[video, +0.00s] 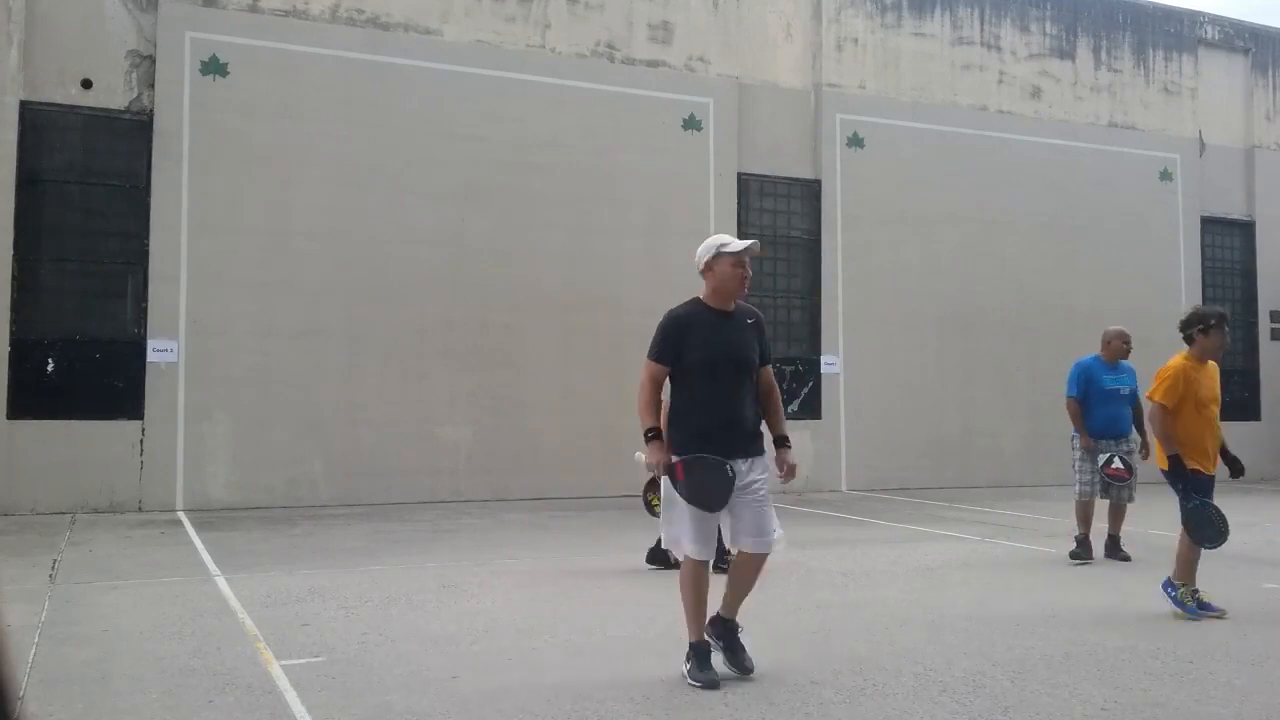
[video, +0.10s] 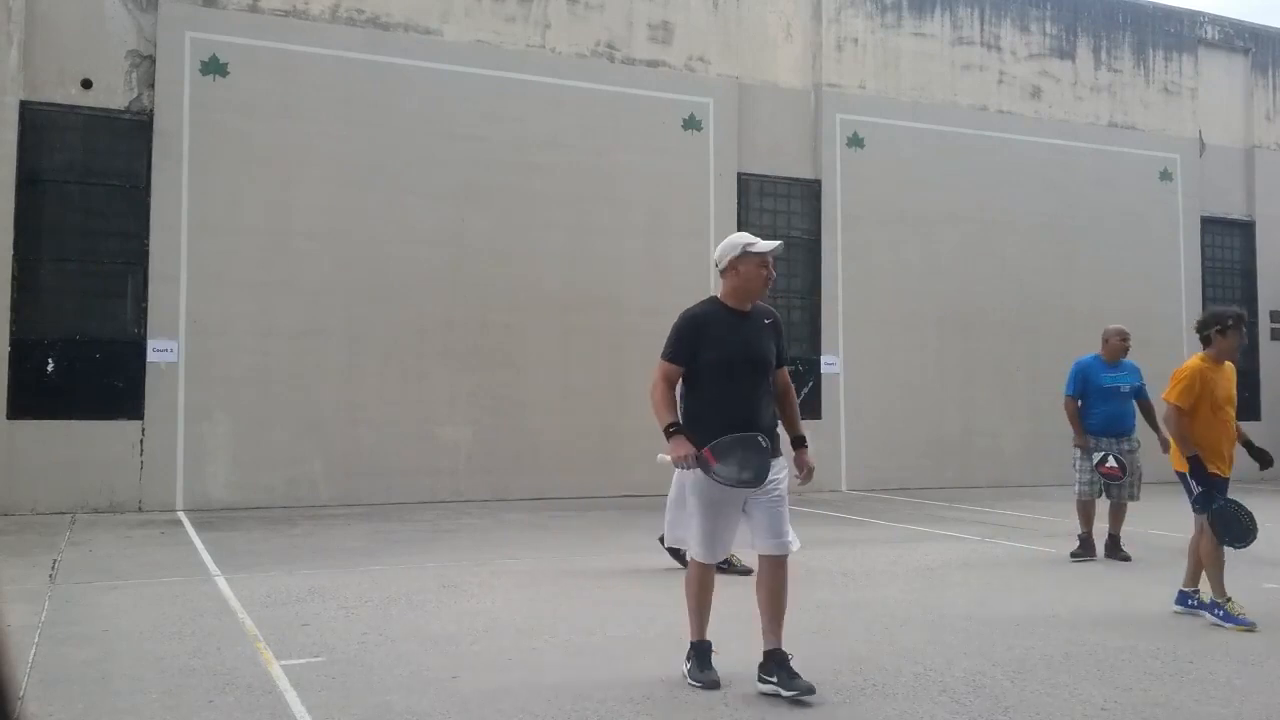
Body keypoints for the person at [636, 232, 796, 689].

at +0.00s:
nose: (747, 271)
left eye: (747, 264)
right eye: (737, 264)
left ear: (741, 273)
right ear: (709, 270)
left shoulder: (751, 321)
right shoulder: (678, 322)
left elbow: (766, 384)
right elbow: (650, 383)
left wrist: (781, 442)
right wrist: (653, 439)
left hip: (748, 458)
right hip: (692, 461)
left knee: (758, 542)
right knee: (695, 553)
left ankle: (724, 622)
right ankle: (697, 648)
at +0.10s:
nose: (771, 271)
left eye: (770, 264)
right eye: (761, 264)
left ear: (754, 273)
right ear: (732, 271)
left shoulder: (768, 322)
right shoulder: (695, 321)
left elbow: (781, 384)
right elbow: (662, 383)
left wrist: (798, 442)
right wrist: (673, 433)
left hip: (766, 459)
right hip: (708, 460)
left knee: (775, 551)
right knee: (703, 556)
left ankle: (774, 659)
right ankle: (698, 652)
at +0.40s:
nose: (852, 272)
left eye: (851, 264)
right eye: (844, 263)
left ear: (822, 266)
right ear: (815, 265)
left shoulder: (838, 323)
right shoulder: (763, 317)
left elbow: (846, 394)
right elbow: (722, 379)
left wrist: (862, 455)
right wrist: (724, 442)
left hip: (834, 473)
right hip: (774, 475)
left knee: (837, 572)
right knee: (763, 577)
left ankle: (819, 682)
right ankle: (734, 631)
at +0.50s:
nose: (882, 266)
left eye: (882, 257)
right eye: (875, 257)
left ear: (852, 258)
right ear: (844, 256)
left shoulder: (866, 314)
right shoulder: (789, 307)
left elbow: (880, 388)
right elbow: (746, 376)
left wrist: (905, 450)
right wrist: (738, 440)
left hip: (857, 468)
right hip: (803, 466)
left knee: (846, 574)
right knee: (816, 569)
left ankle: (823, 678)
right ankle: (795, 671)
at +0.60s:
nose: (905, 262)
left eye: (904, 253)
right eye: (897, 253)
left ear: (873, 255)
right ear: (864, 253)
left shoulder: (889, 313)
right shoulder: (809, 304)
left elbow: (908, 388)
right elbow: (763, 372)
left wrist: (939, 442)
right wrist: (750, 440)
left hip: (877, 467)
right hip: (826, 466)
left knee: (847, 575)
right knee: (848, 577)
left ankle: (819, 680)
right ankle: (863, 704)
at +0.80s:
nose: (951, 256)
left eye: (950, 247)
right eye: (943, 247)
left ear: (915, 250)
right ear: (909, 248)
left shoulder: (936, 311)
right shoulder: (846, 307)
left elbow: (959, 389)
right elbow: (802, 380)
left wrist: (995, 445)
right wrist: (786, 454)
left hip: (924, 481)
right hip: (870, 479)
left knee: (902, 592)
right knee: (896, 601)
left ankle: (842, 664)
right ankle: (914, 715)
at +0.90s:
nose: (974, 248)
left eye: (973, 237)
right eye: (965, 237)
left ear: (940, 242)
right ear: (925, 239)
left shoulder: (959, 304)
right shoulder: (871, 301)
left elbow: (979, 387)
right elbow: (824, 380)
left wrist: (1015, 452)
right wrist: (818, 457)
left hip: (953, 480)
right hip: (893, 478)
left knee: (962, 598)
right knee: (916, 604)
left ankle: (881, 660)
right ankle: (919, 717)